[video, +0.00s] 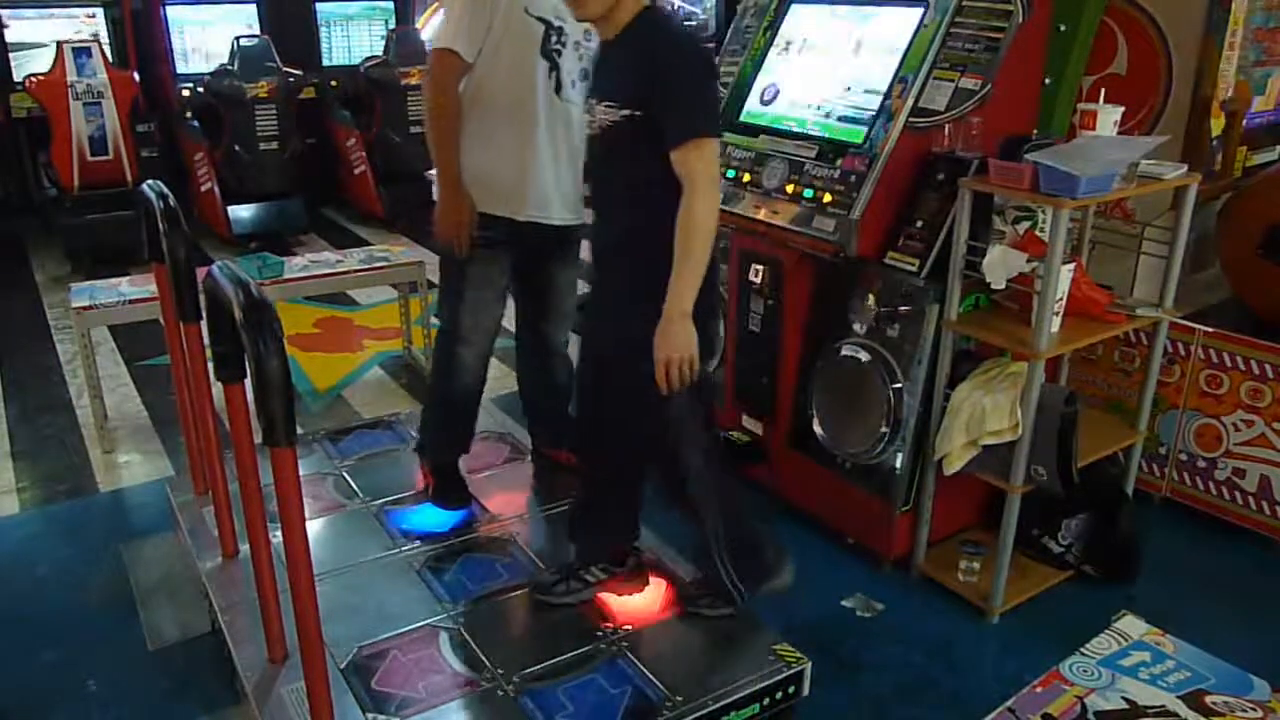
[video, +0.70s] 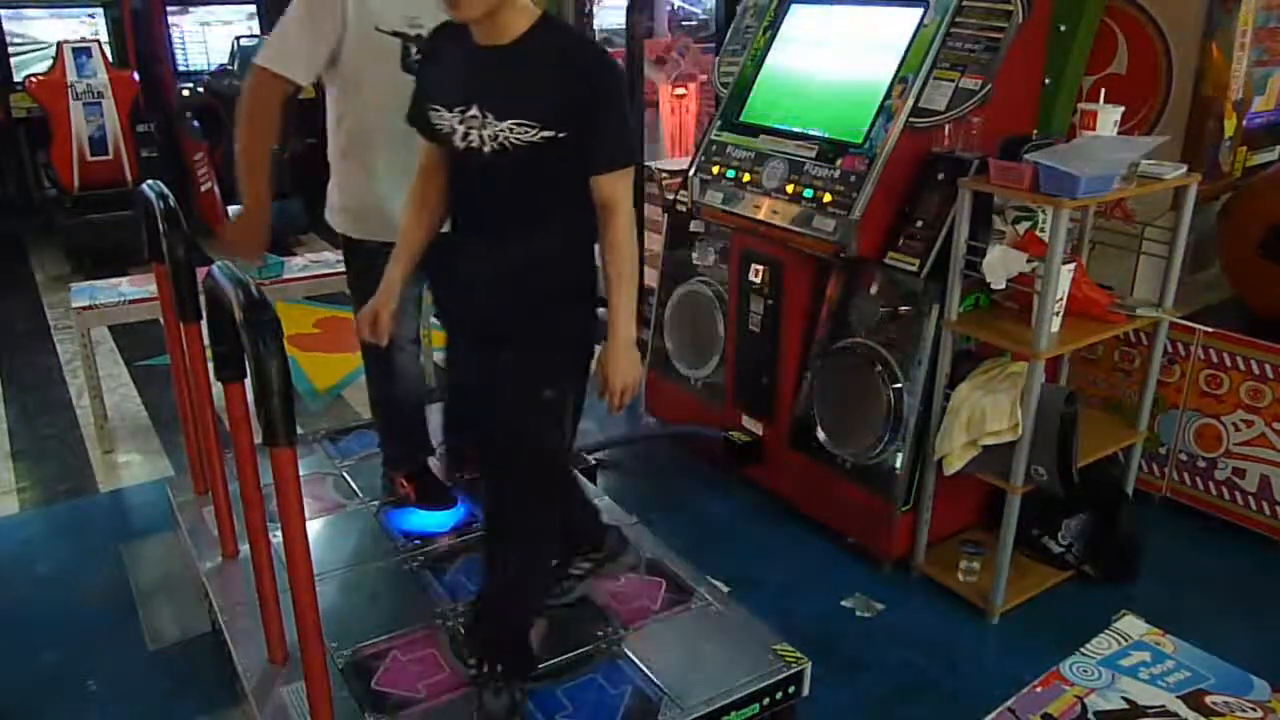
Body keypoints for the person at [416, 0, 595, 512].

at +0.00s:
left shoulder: (589, 16)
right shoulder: (487, 3)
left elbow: (590, 108)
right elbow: (441, 76)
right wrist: (450, 189)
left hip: (558, 207)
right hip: (484, 204)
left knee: (551, 344)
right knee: (466, 349)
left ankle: (554, 448)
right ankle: (442, 464)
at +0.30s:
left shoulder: (543, 11)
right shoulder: (421, 5)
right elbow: (383, 96)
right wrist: (398, 210)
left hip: (527, 218)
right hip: (442, 219)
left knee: (544, 358)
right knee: (427, 361)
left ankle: (559, 470)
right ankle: (407, 467)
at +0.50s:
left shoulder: (497, 8)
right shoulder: (366, 6)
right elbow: (327, 99)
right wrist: (332, 214)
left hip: (483, 207)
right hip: (394, 214)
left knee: (517, 350)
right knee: (406, 355)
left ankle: (548, 466)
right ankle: (408, 469)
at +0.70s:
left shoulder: (474, 7)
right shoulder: (337, 5)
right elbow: (263, 88)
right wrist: (253, 213)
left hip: (459, 202)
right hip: (375, 209)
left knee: (476, 337)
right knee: (395, 347)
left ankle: (471, 447)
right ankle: (408, 467)